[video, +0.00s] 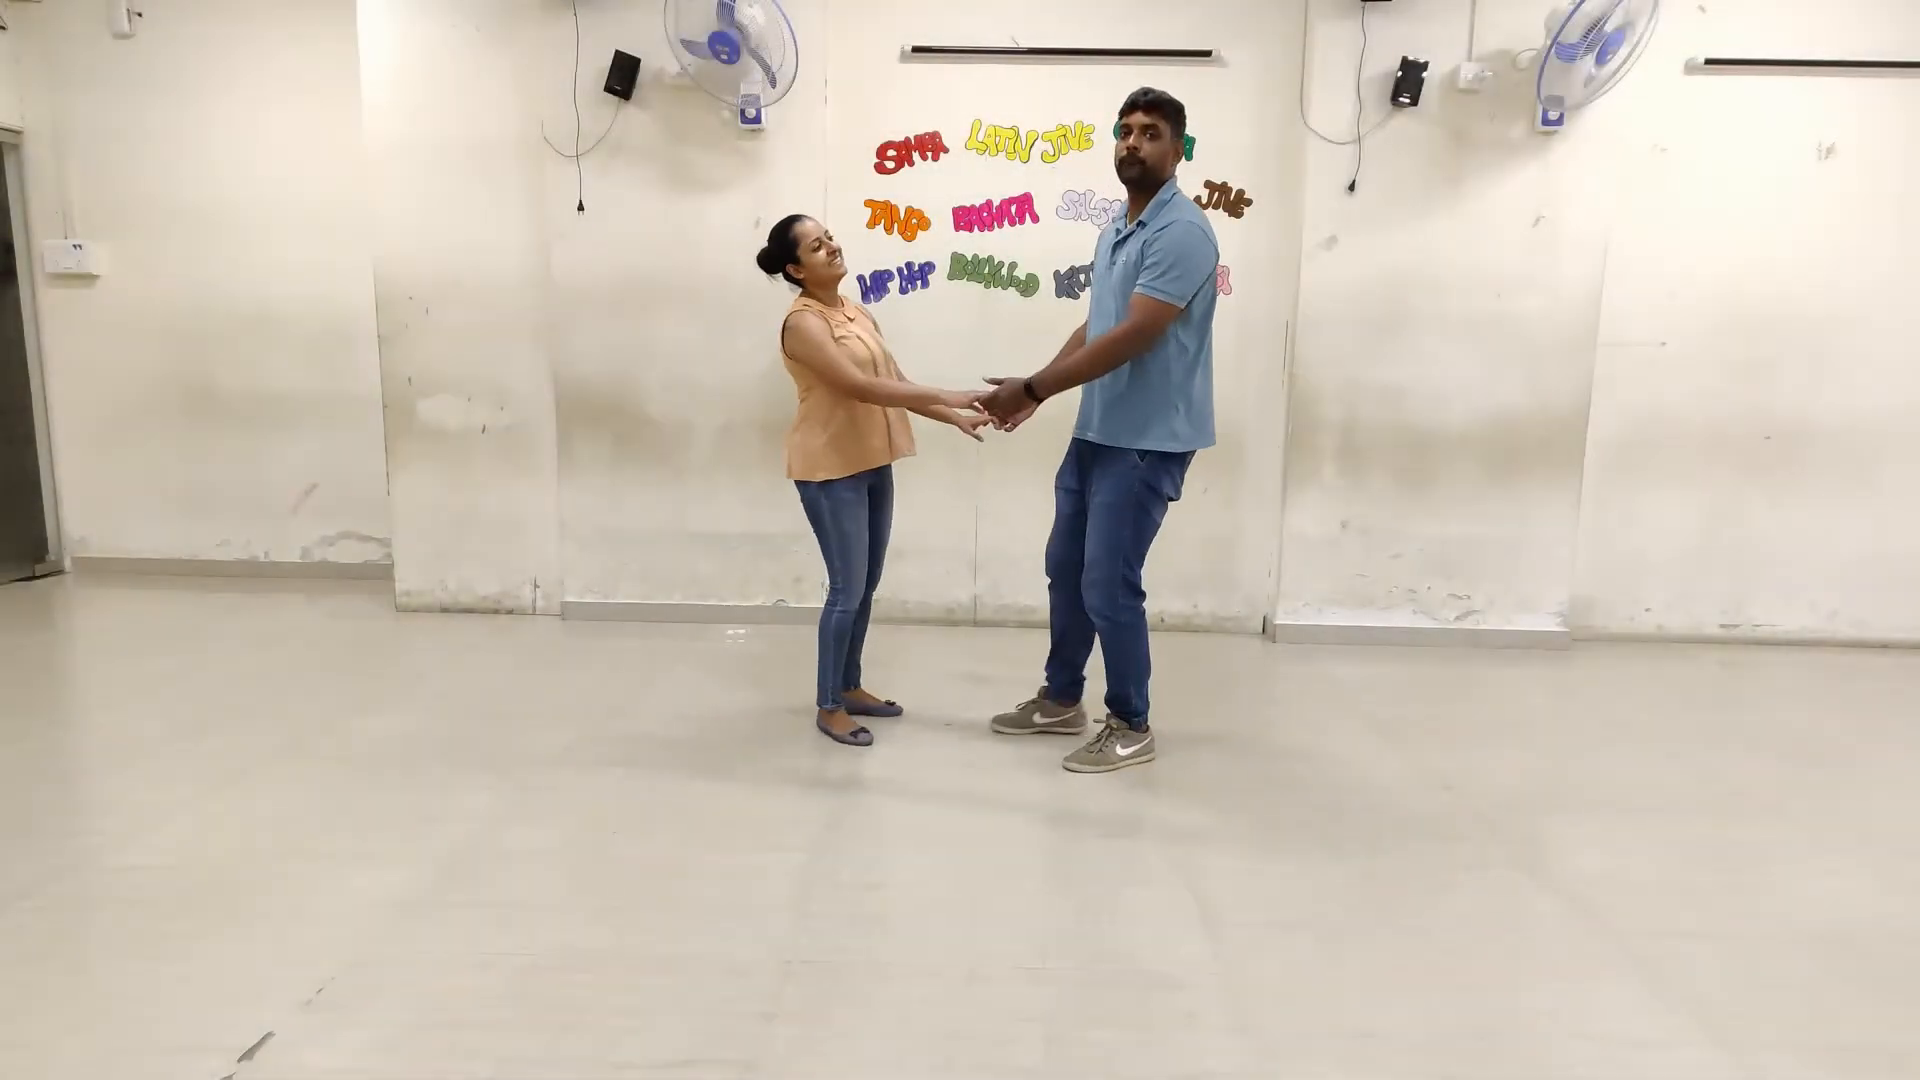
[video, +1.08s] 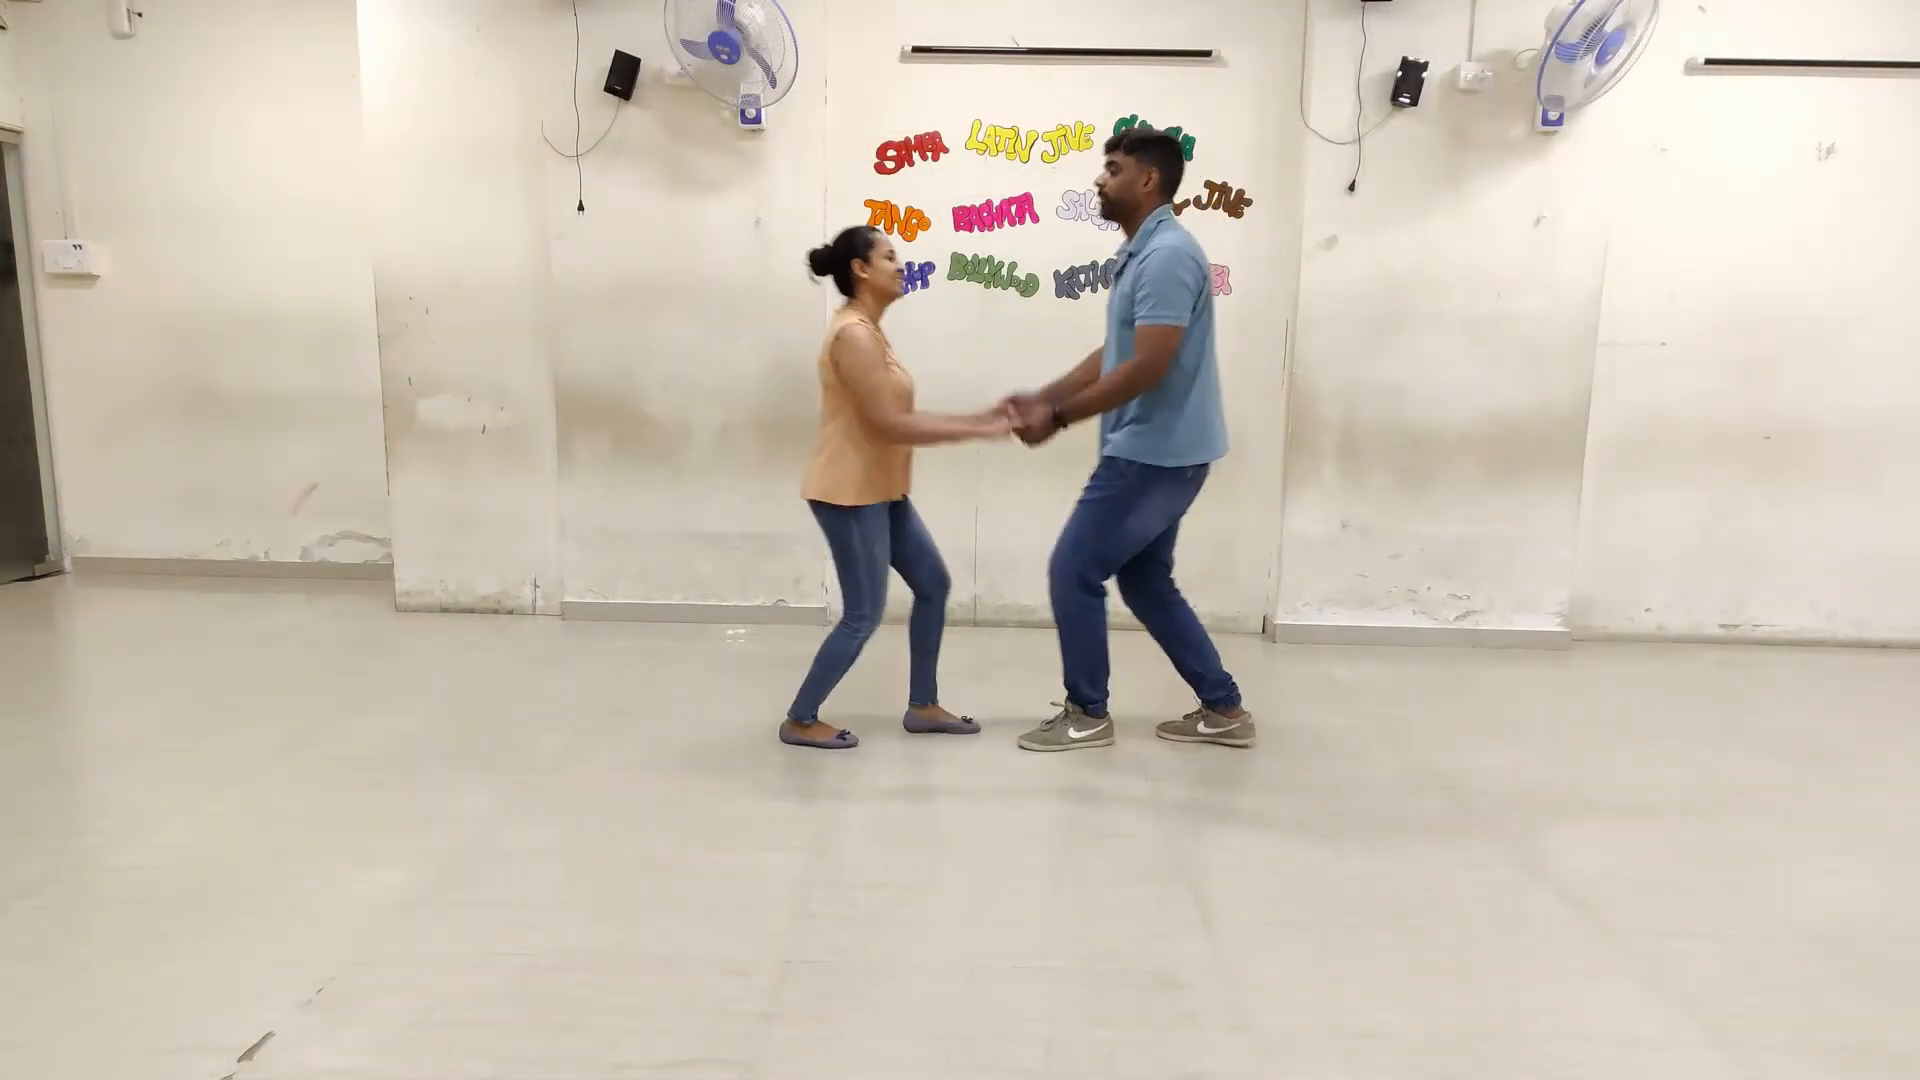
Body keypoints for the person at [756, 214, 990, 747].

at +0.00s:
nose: (833, 247)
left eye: (830, 238)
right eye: (817, 246)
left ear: (836, 248)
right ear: (795, 269)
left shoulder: (856, 313)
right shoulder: (802, 324)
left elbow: (896, 386)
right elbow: (858, 387)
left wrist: (955, 411)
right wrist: (947, 402)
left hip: (873, 466)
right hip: (830, 473)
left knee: (864, 586)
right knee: (846, 589)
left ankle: (849, 689)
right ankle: (828, 708)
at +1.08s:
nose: (900, 267)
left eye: (896, 258)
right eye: (889, 259)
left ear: (865, 272)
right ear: (860, 271)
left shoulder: (871, 332)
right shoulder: (853, 334)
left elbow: (903, 418)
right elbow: (889, 422)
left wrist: (981, 420)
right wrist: (977, 429)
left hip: (882, 493)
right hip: (849, 496)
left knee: (933, 584)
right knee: (863, 614)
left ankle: (923, 706)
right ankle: (799, 719)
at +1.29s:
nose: (947, 246)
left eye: (943, 238)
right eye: (936, 238)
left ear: (911, 250)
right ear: (907, 249)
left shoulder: (919, 311)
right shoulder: (900, 314)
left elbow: (926, 398)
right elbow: (917, 404)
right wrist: (993, 380)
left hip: (930, 469)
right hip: (900, 473)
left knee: (951, 587)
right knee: (931, 594)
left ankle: (925, 702)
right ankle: (842, 685)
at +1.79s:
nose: (903, 266)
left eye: (900, 256)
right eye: (895, 257)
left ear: (863, 264)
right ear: (868, 263)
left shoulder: (851, 319)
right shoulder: (857, 322)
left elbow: (898, 393)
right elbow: (913, 397)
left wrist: (950, 374)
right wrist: (999, 376)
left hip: (871, 484)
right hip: (853, 486)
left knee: (907, 588)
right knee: (862, 613)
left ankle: (924, 707)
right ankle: (779, 721)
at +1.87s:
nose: (872, 271)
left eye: (869, 261)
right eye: (865, 262)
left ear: (830, 269)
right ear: (838, 268)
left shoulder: (808, 323)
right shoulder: (832, 329)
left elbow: (873, 396)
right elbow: (898, 403)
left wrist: (927, 395)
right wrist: (984, 400)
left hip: (826, 487)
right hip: (822, 490)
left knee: (877, 589)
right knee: (829, 618)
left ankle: (915, 705)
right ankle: (765, 738)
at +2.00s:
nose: (845, 270)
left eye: (843, 261)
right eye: (839, 262)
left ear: (802, 267)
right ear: (812, 268)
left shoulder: (772, 323)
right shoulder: (821, 326)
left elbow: (800, 398)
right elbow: (904, 374)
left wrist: (862, 416)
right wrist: (984, 353)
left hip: (780, 480)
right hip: (803, 486)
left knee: (852, 580)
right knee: (811, 614)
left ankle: (868, 706)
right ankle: (763, 741)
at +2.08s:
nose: (830, 265)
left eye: (828, 254)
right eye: (824, 256)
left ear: (779, 263)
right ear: (800, 262)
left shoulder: (747, 320)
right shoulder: (818, 315)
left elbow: (736, 405)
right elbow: (905, 348)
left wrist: (816, 424)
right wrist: (986, 319)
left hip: (751, 474)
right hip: (797, 475)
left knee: (823, 576)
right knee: (794, 608)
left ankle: (803, 702)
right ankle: (763, 739)